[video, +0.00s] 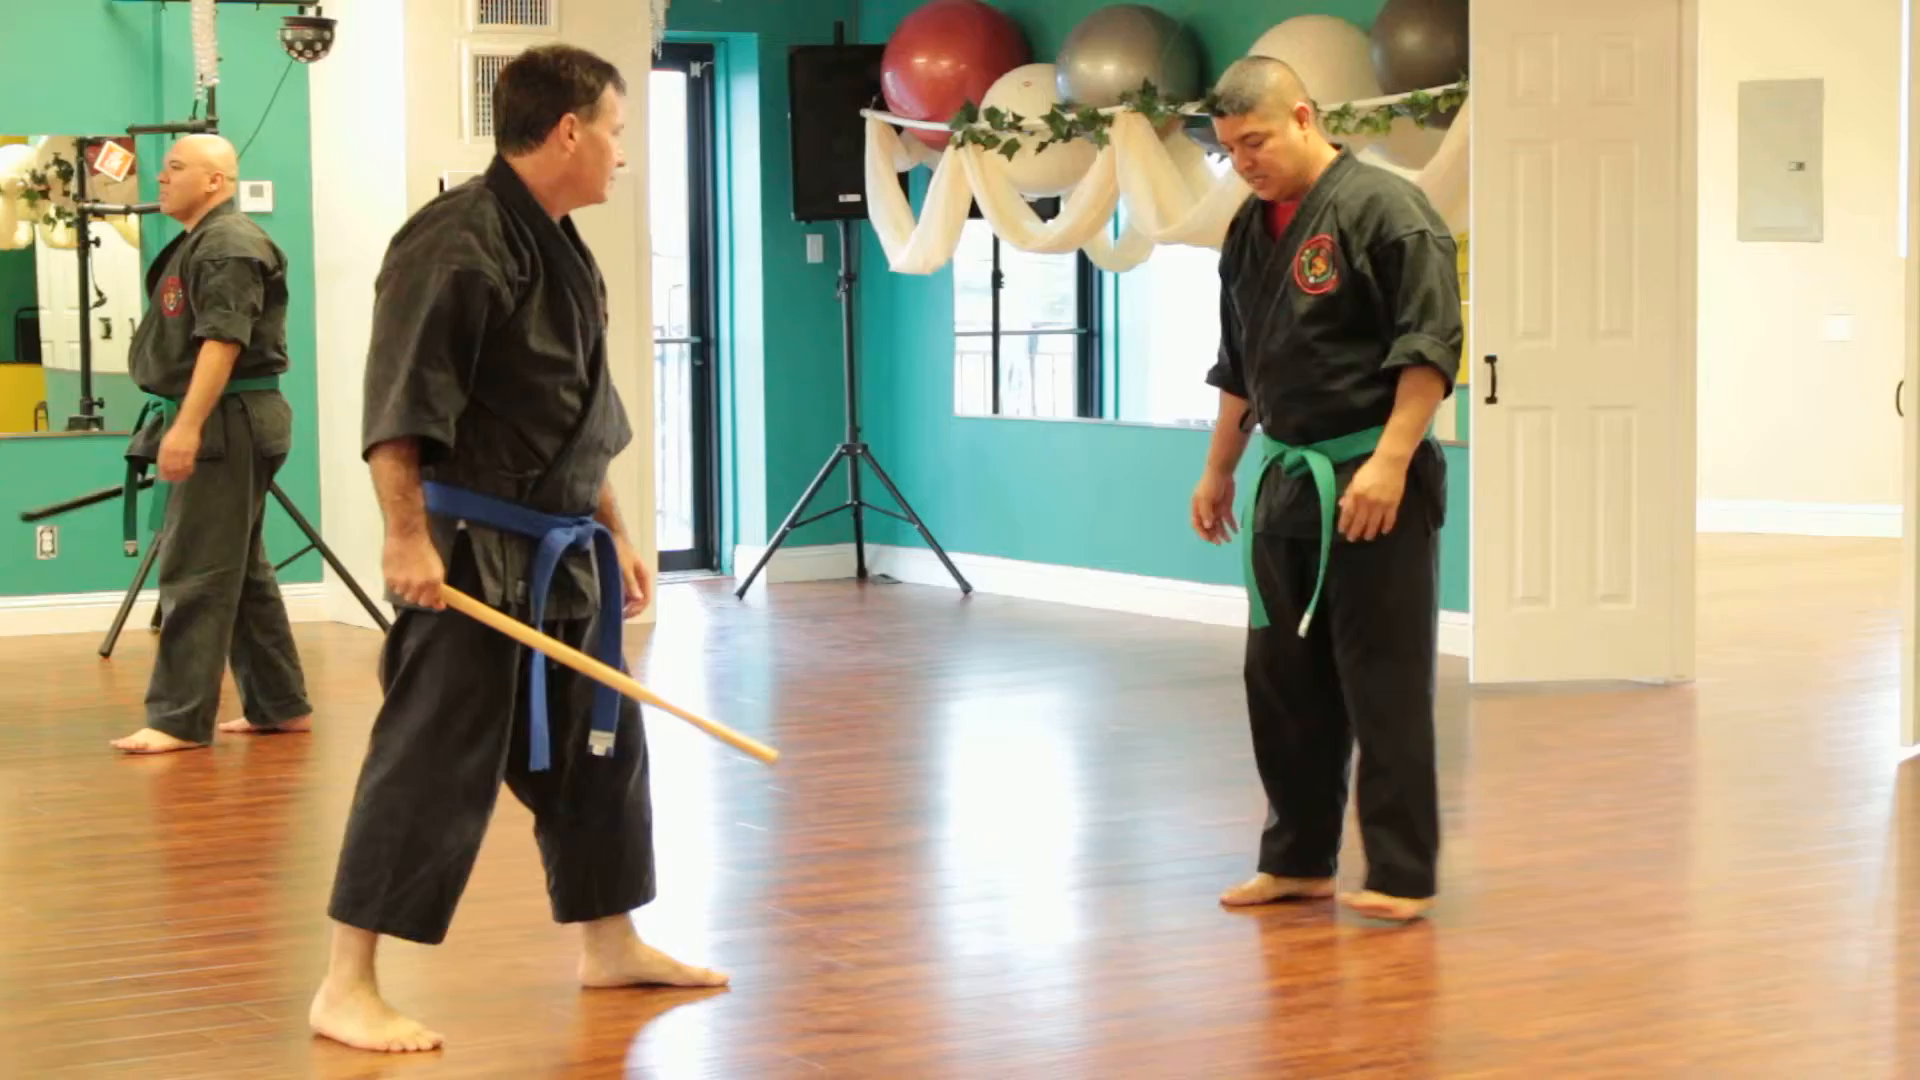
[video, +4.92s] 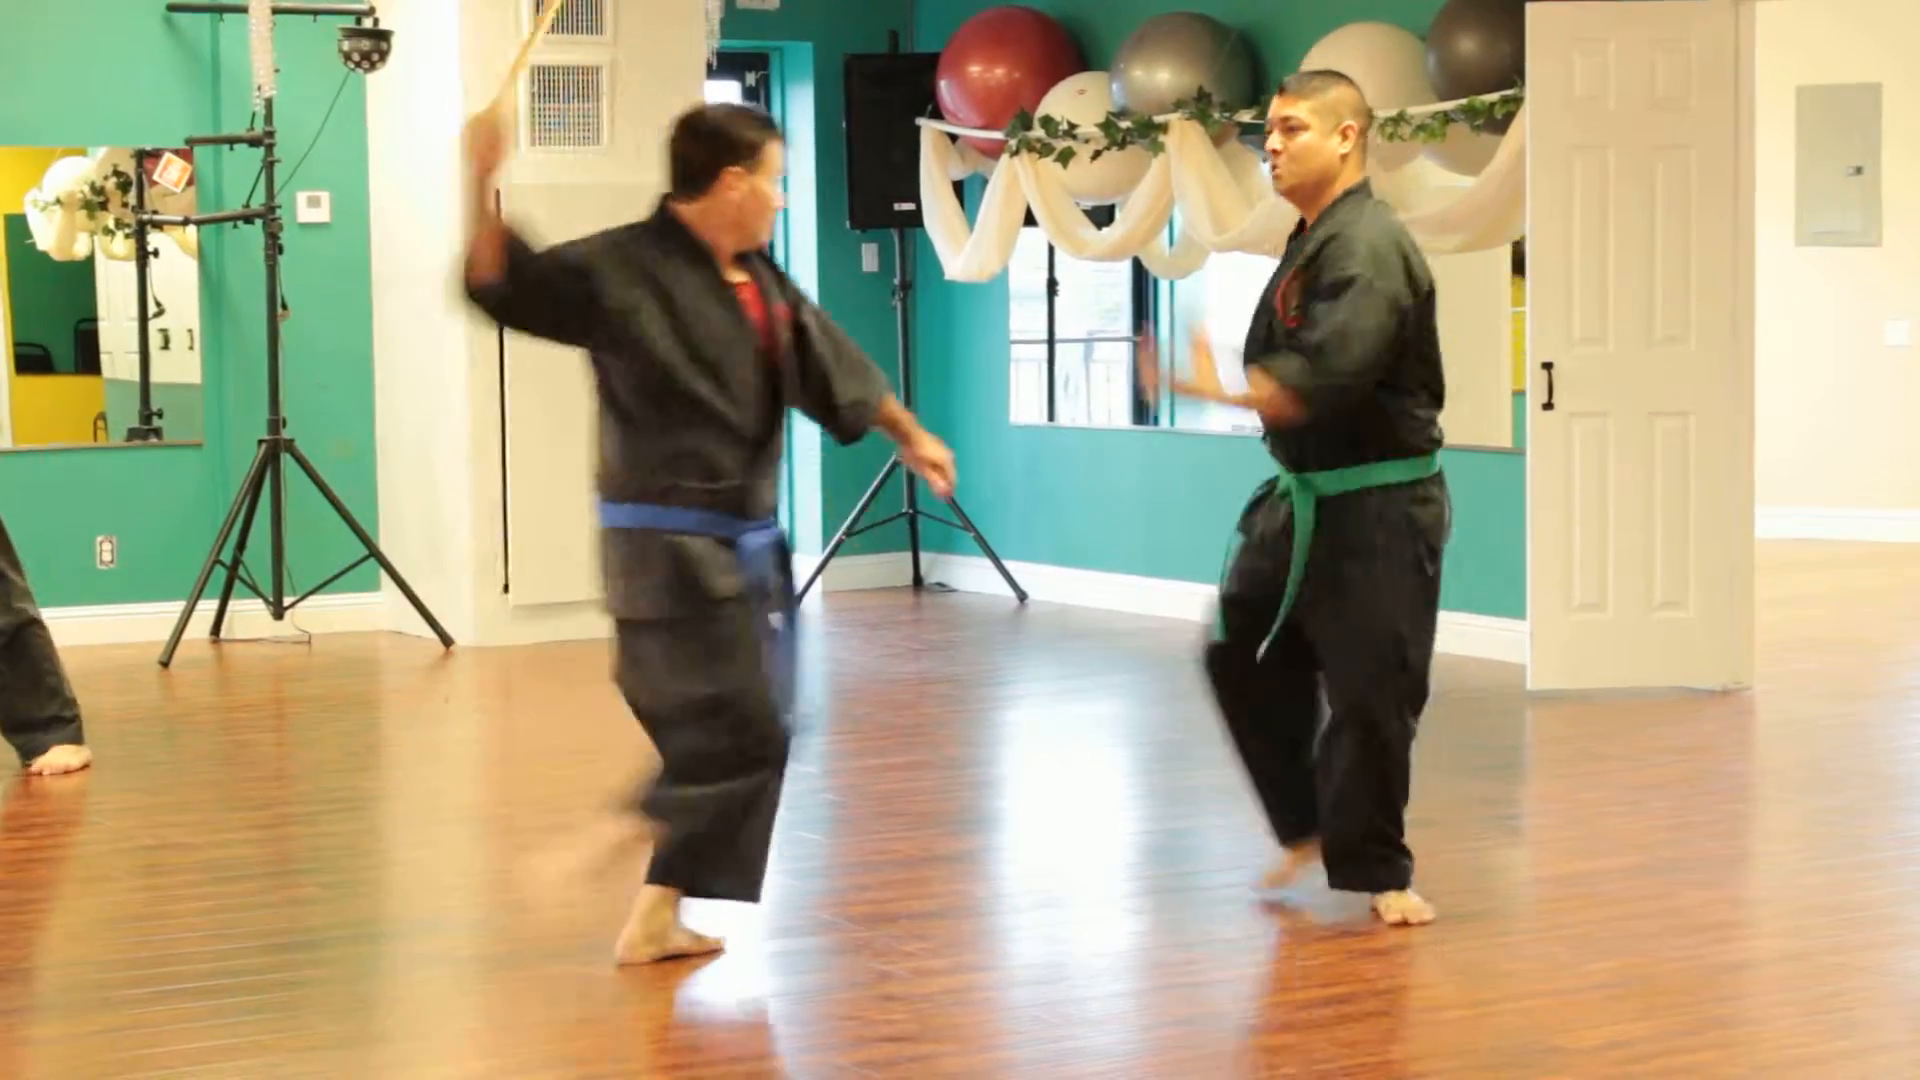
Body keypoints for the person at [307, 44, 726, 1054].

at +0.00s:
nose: (622, 155)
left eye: (622, 135)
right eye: (615, 134)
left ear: (562, 132)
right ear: (567, 133)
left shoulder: (566, 253)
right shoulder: (450, 240)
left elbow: (579, 415)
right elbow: (394, 404)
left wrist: (619, 531)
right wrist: (405, 537)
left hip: (568, 539)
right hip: (471, 537)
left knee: (597, 731)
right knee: (426, 750)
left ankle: (612, 946)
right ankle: (346, 986)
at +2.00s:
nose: (659, 168)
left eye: (657, 149)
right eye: (649, 148)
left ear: (598, 152)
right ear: (598, 148)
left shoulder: (595, 257)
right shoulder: (500, 244)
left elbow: (611, 413)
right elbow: (440, 392)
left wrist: (654, 529)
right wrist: (444, 524)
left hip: (586, 532)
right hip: (497, 527)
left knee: (607, 722)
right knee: (470, 733)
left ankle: (600, 920)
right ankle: (360, 943)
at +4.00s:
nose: (605, 173)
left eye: (604, 154)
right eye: (596, 154)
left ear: (550, 156)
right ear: (544, 155)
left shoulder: (566, 275)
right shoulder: (439, 261)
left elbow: (583, 427)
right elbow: (377, 409)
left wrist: (622, 538)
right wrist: (378, 540)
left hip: (560, 544)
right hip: (460, 542)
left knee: (600, 727)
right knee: (429, 747)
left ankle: (599, 927)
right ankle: (353, 965)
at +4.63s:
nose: (648, 194)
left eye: (647, 175)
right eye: (638, 175)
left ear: (591, 176)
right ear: (588, 175)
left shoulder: (621, 288)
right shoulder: (478, 272)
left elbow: (682, 404)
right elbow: (365, 382)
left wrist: (757, 489)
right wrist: (350, 489)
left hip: (590, 547)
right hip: (494, 541)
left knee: (672, 700)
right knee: (468, 742)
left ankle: (639, 911)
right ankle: (356, 965)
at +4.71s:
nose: (677, 201)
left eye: (677, 184)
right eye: (668, 183)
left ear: (629, 183)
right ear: (616, 181)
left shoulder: (661, 290)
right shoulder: (515, 270)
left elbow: (733, 397)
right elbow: (413, 326)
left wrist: (821, 471)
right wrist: (357, 381)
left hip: (631, 558)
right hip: (534, 553)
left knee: (699, 712)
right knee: (491, 738)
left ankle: (653, 921)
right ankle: (357, 957)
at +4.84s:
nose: (731, 201)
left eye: (732, 185)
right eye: (724, 184)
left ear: (683, 183)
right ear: (677, 182)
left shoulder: (721, 283)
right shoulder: (576, 271)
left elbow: (797, 369)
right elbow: (429, 322)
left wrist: (880, 439)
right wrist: (405, 268)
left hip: (698, 545)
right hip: (611, 542)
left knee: (737, 724)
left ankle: (655, 920)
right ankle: (444, 893)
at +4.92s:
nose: (779, 202)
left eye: (780, 184)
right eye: (771, 184)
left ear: (726, 183)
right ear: (722, 183)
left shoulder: (760, 280)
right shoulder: (627, 265)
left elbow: (832, 365)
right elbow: (499, 283)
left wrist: (910, 432)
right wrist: (483, 184)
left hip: (745, 540)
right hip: (662, 541)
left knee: (745, 728)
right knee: (739, 728)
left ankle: (656, 917)